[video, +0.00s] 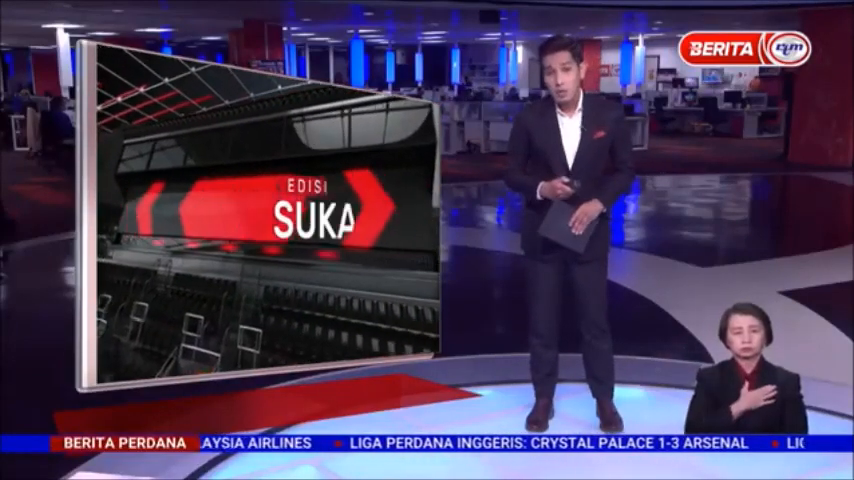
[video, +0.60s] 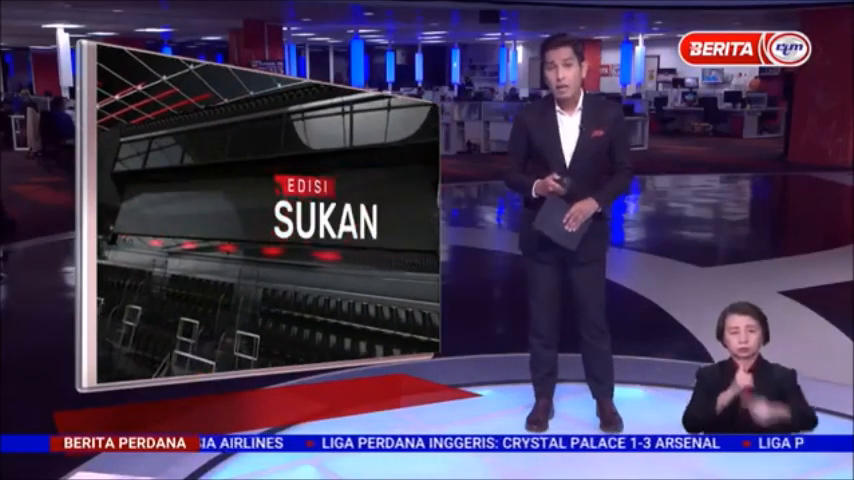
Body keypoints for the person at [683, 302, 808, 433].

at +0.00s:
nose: (746, 338)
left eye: (754, 331)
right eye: (738, 332)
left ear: (766, 337)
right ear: (726, 340)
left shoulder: (787, 381)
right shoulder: (709, 378)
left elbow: (797, 438)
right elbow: (693, 431)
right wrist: (739, 407)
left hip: (771, 465)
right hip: (718, 464)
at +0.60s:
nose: (743, 339)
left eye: (751, 331)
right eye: (734, 332)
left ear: (763, 336)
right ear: (724, 340)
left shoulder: (783, 377)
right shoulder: (710, 376)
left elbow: (809, 419)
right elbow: (691, 423)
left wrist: (775, 411)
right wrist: (732, 392)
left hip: (772, 463)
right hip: (720, 462)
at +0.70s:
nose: (743, 340)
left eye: (750, 331)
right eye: (734, 333)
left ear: (763, 336)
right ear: (723, 340)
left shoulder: (783, 375)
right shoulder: (710, 376)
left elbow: (810, 414)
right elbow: (691, 422)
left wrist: (778, 392)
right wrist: (731, 387)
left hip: (774, 461)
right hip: (722, 462)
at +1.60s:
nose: (743, 341)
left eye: (750, 332)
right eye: (734, 334)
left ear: (762, 335)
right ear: (722, 340)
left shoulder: (782, 375)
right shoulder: (710, 375)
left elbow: (804, 416)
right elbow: (685, 420)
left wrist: (758, 392)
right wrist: (725, 399)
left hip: (774, 461)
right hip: (720, 462)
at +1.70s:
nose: (742, 342)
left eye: (749, 333)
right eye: (733, 335)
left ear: (761, 336)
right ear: (722, 341)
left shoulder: (782, 375)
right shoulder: (709, 376)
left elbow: (808, 419)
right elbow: (680, 423)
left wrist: (774, 395)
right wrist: (706, 406)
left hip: (775, 461)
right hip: (721, 461)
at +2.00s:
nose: (743, 345)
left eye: (750, 336)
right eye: (734, 337)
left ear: (762, 338)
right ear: (723, 341)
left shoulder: (781, 375)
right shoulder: (711, 376)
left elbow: (809, 417)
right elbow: (680, 420)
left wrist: (784, 384)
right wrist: (701, 385)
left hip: (772, 460)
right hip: (720, 460)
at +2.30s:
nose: (744, 346)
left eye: (752, 337)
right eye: (736, 338)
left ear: (764, 339)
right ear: (725, 341)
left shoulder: (783, 376)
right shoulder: (709, 375)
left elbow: (808, 425)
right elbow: (682, 426)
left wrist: (778, 396)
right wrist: (708, 393)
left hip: (772, 461)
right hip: (719, 461)